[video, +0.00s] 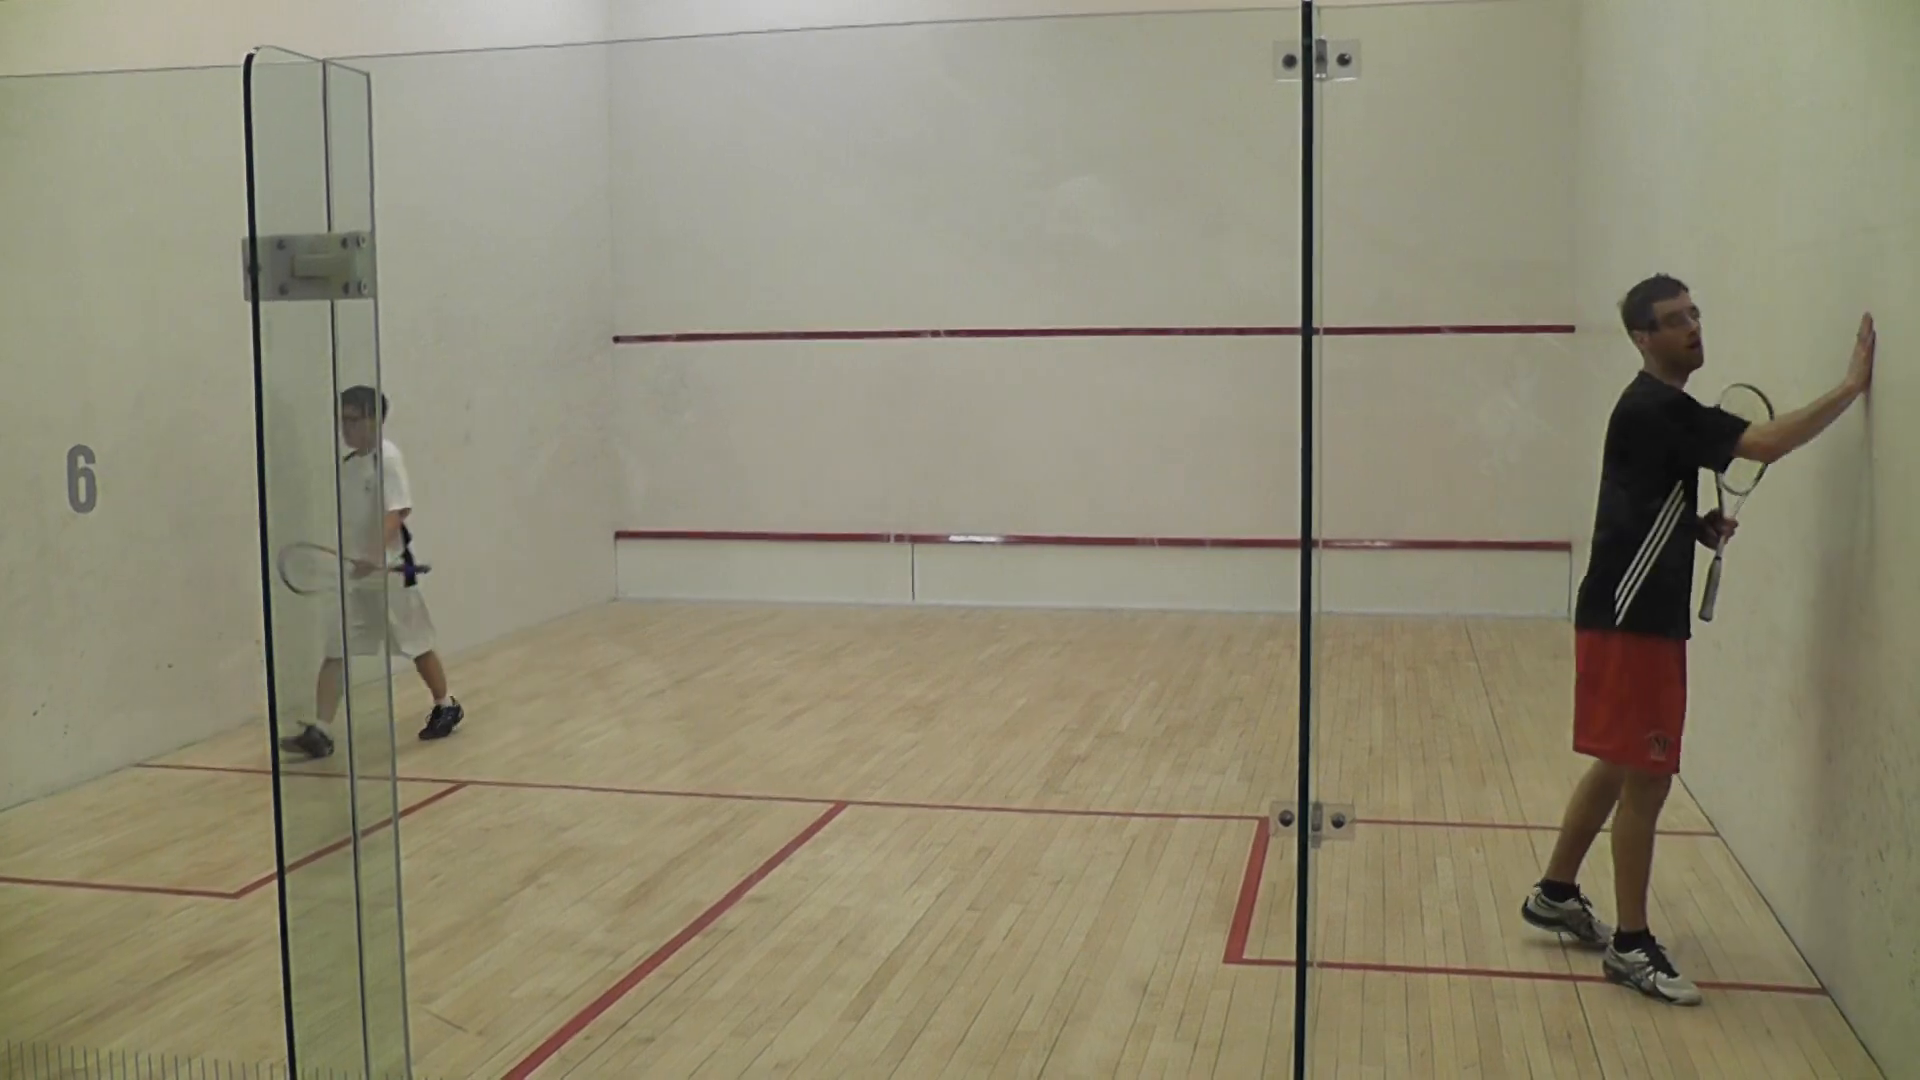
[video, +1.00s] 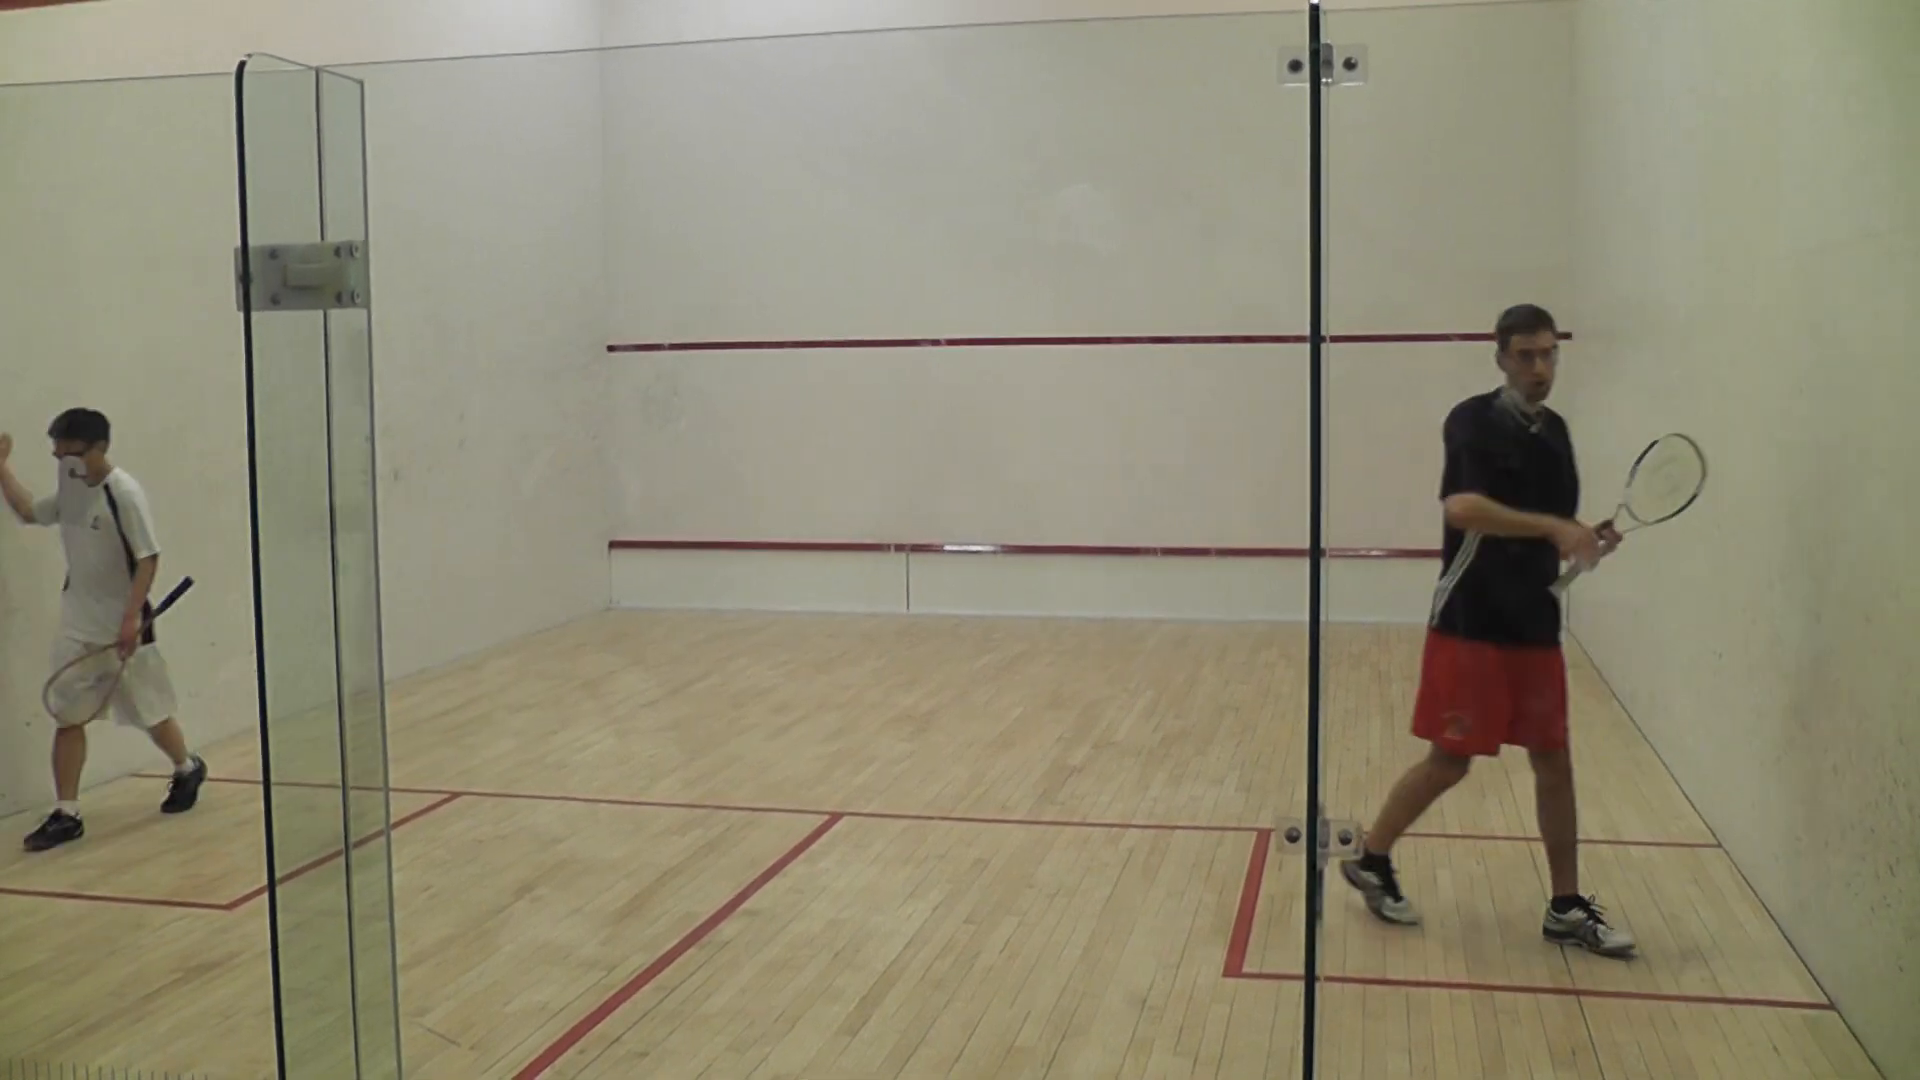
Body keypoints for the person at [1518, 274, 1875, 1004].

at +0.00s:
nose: (1695, 329)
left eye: (1694, 317)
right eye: (1678, 322)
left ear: (1688, 325)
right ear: (1644, 338)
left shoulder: (1653, 402)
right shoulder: (1656, 407)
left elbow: (1637, 506)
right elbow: (1764, 443)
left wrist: (1695, 524)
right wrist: (1851, 388)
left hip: (1628, 616)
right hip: (1641, 623)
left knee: (1619, 760)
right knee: (1650, 773)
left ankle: (1553, 891)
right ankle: (1631, 943)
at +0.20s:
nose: (1679, 365)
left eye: (1687, 353)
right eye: (1665, 354)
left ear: (1694, 339)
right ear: (1637, 343)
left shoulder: (1654, 397)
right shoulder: (1632, 390)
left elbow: (1628, 502)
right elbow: (1735, 409)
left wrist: (1689, 523)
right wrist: (1840, 374)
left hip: (1631, 609)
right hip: (1630, 613)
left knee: (1624, 758)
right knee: (1651, 772)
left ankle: (1563, 884)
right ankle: (1633, 941)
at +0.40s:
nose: (1654, 373)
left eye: (1658, 363)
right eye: (1647, 362)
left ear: (1648, 358)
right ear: (1622, 355)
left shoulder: (1645, 415)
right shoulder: (1591, 395)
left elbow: (1637, 519)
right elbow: (1676, 400)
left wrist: (1683, 531)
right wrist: (1785, 365)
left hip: (1631, 609)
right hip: (1598, 610)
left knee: (1625, 762)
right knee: (1627, 773)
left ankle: (1573, 890)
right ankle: (1631, 945)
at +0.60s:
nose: (1615, 385)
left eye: (1622, 372)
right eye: (1603, 376)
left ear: (1632, 360)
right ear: (1577, 367)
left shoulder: (1642, 427)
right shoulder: (1557, 397)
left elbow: (1640, 513)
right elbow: (1613, 411)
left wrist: (1661, 533)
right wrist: (1716, 387)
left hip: (1611, 620)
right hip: (1558, 618)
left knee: (1607, 767)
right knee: (1575, 771)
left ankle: (1568, 901)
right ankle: (1594, 931)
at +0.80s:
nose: (1579, 374)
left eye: (1589, 362)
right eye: (1566, 364)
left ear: (1602, 357)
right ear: (1544, 358)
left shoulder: (1615, 430)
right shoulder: (1519, 401)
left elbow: (1613, 520)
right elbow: (1543, 448)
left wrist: (1631, 535)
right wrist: (1639, 442)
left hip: (1579, 616)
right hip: (1516, 611)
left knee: (1581, 760)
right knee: (1518, 762)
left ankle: (1567, 905)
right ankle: (1480, 902)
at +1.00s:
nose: (1539, 366)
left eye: (1547, 355)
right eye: (1525, 356)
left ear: (1557, 356)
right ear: (1501, 358)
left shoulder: (1554, 432)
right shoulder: (1473, 420)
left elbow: (1541, 534)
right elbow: (1461, 508)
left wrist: (1580, 542)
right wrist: (1555, 529)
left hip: (1533, 624)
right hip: (1470, 624)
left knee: (1553, 761)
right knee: (1449, 761)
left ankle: (1567, 904)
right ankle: (1369, 856)